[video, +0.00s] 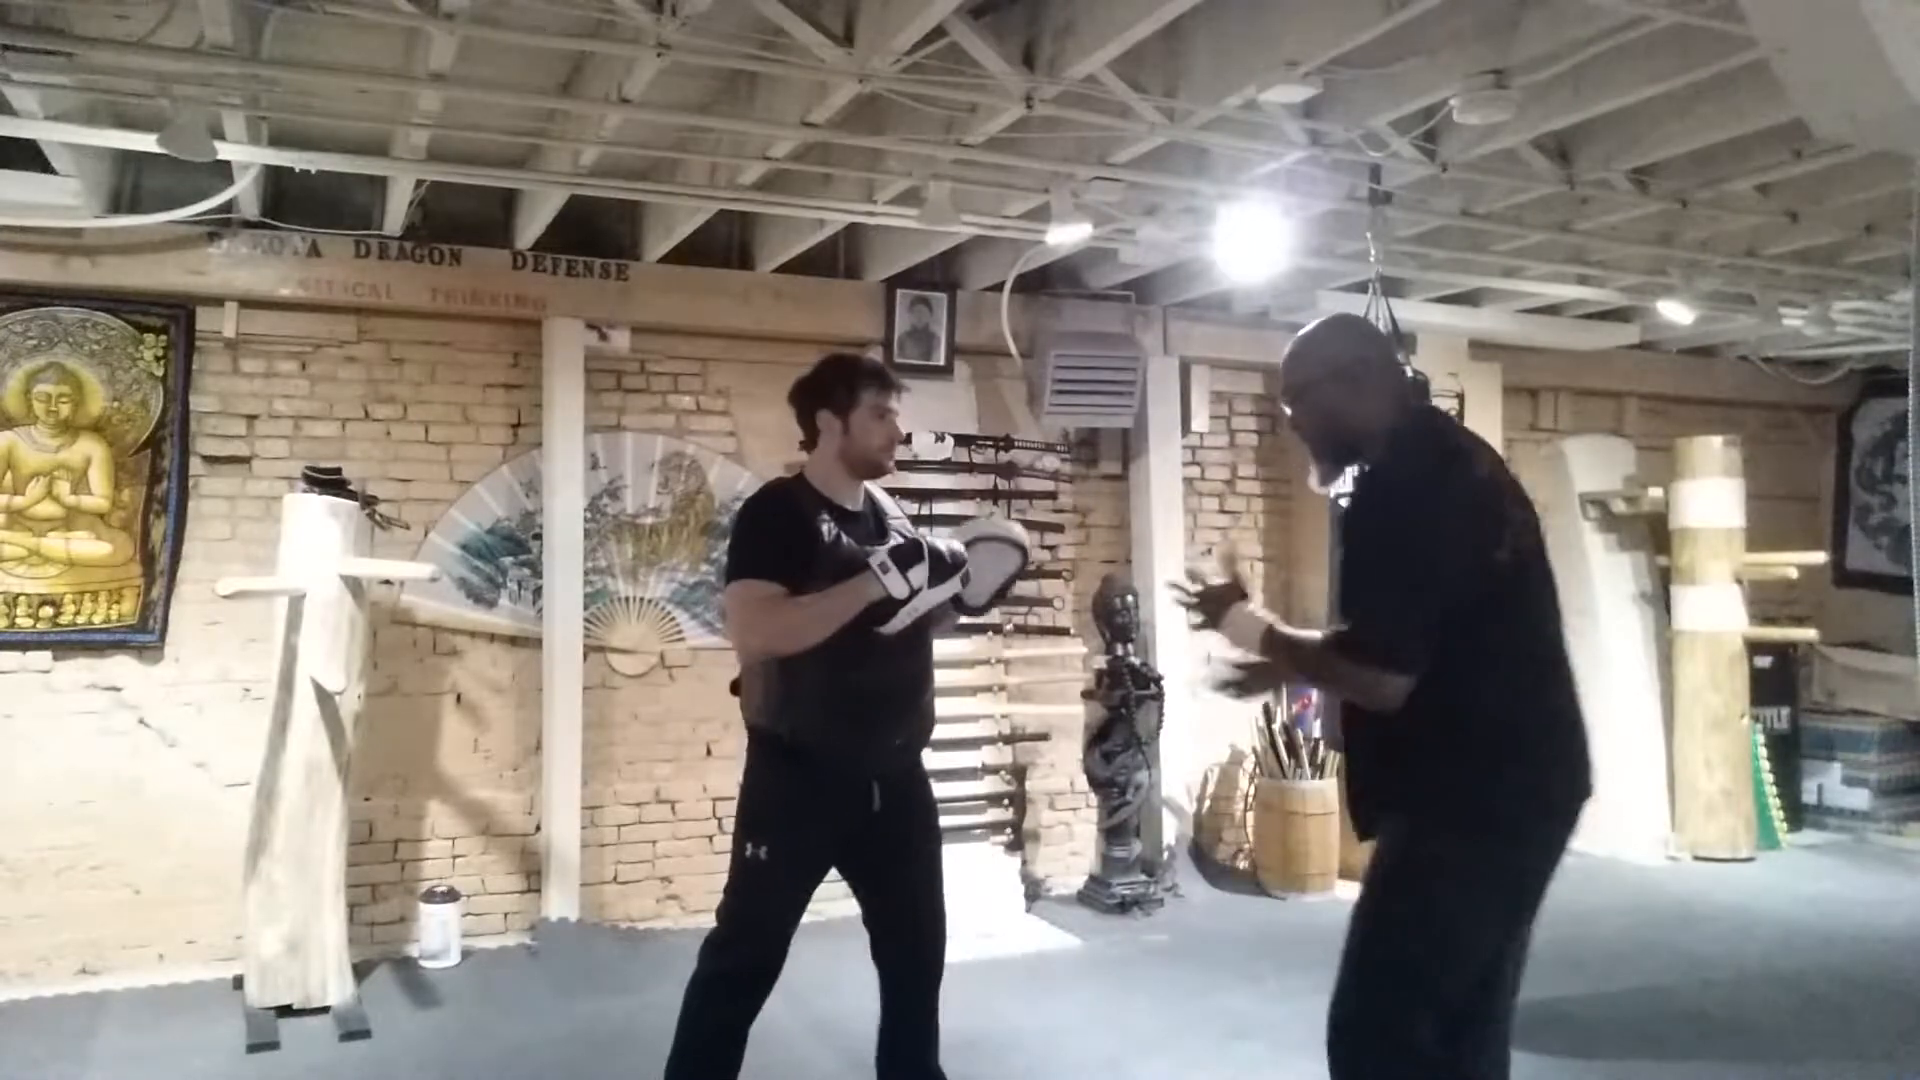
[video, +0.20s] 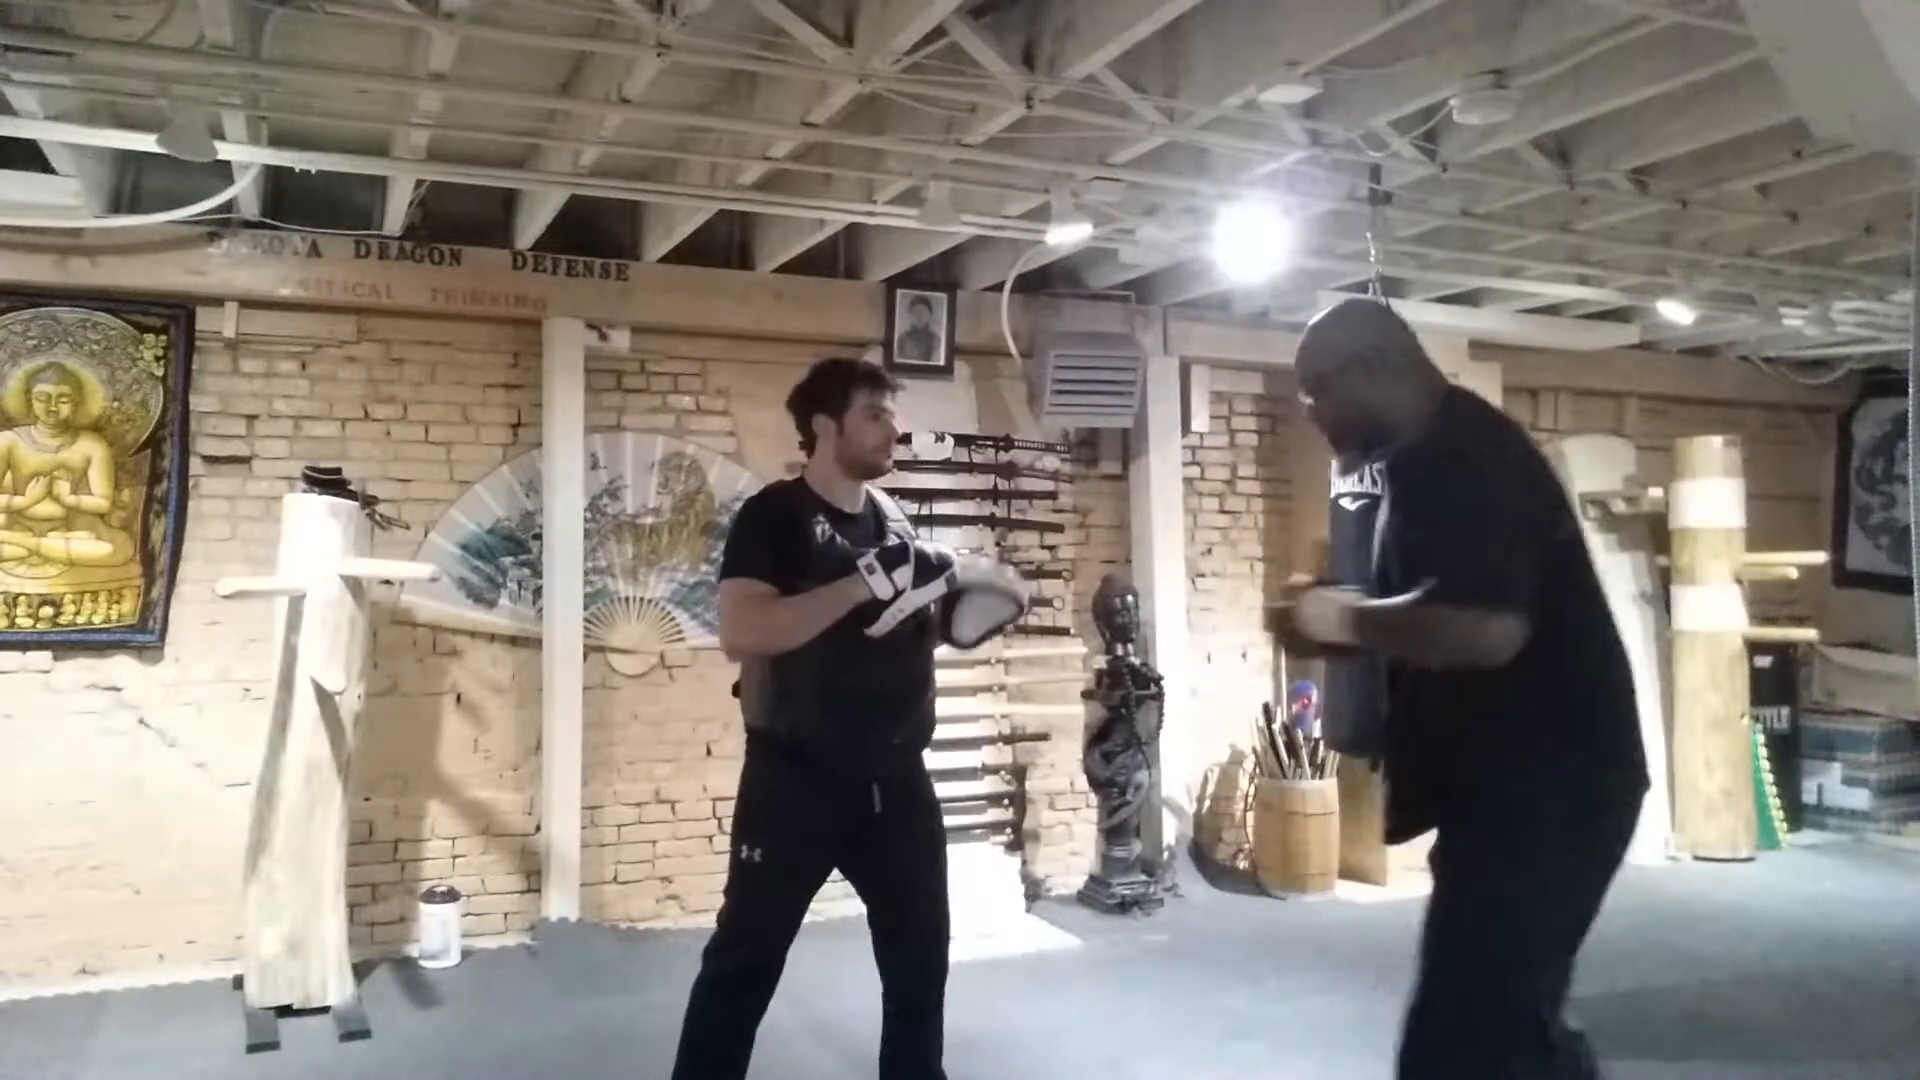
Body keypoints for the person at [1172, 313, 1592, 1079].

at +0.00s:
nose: (1294, 423)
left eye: (1299, 399)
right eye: (1288, 404)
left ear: (1358, 382)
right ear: (1371, 382)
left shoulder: (1405, 478)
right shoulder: (1453, 459)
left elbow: (1382, 672)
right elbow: (1412, 648)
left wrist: (1253, 628)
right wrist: (1288, 669)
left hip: (1468, 800)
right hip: (1519, 786)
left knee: (1375, 1038)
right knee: (1465, 1035)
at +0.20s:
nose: (1313, 415)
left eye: (1317, 390)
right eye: (1307, 395)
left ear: (1372, 369)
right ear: (1376, 369)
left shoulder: (1468, 452)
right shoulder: (1409, 462)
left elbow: (1490, 627)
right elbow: (1431, 606)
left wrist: (1347, 617)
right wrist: (1332, 620)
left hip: (1547, 798)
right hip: (1497, 794)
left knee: (1456, 1048)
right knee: (1508, 1033)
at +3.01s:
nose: (1320, 423)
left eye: (1329, 404)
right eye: (1319, 406)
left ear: (1391, 396)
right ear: (1394, 399)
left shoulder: (1482, 495)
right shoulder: (1406, 500)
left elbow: (1517, 681)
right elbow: (1425, 647)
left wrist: (1366, 665)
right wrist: (1359, 697)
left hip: (1504, 805)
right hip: (1457, 798)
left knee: (1390, 1022)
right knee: (1517, 1004)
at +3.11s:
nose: (1301, 425)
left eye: (1315, 405)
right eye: (1303, 407)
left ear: (1383, 402)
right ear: (1387, 404)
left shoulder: (1463, 500)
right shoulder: (1394, 501)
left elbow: (1493, 696)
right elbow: (1428, 652)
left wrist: (1352, 663)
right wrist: (1369, 704)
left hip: (1491, 807)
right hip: (1450, 798)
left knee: (1371, 1034)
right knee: (1509, 1015)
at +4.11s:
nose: (1360, 407)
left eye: (1370, 386)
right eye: (1357, 390)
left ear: (1439, 376)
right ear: (1437, 380)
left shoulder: (1513, 476)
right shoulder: (1446, 476)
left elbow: (1570, 646)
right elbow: (1452, 606)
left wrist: (1419, 649)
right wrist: (1379, 614)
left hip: (1500, 793)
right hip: (1464, 783)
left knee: (1390, 1021)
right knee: (1516, 1013)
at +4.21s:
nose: (1356, 409)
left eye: (1365, 389)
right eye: (1353, 392)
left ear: (1432, 378)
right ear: (1433, 381)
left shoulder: (1505, 476)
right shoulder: (1455, 475)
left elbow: (1530, 652)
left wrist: (1393, 623)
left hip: (1493, 798)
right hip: (1478, 788)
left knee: (1381, 1026)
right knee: (1521, 1016)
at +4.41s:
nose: (1328, 404)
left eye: (1341, 384)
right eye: (1329, 385)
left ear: (1411, 379)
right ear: (1414, 382)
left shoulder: (1478, 474)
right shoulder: (1425, 477)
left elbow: (1457, 655)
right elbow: (1433, 626)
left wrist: (1325, 572)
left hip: (1494, 797)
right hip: (1470, 788)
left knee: (1378, 1034)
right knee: (1518, 1024)